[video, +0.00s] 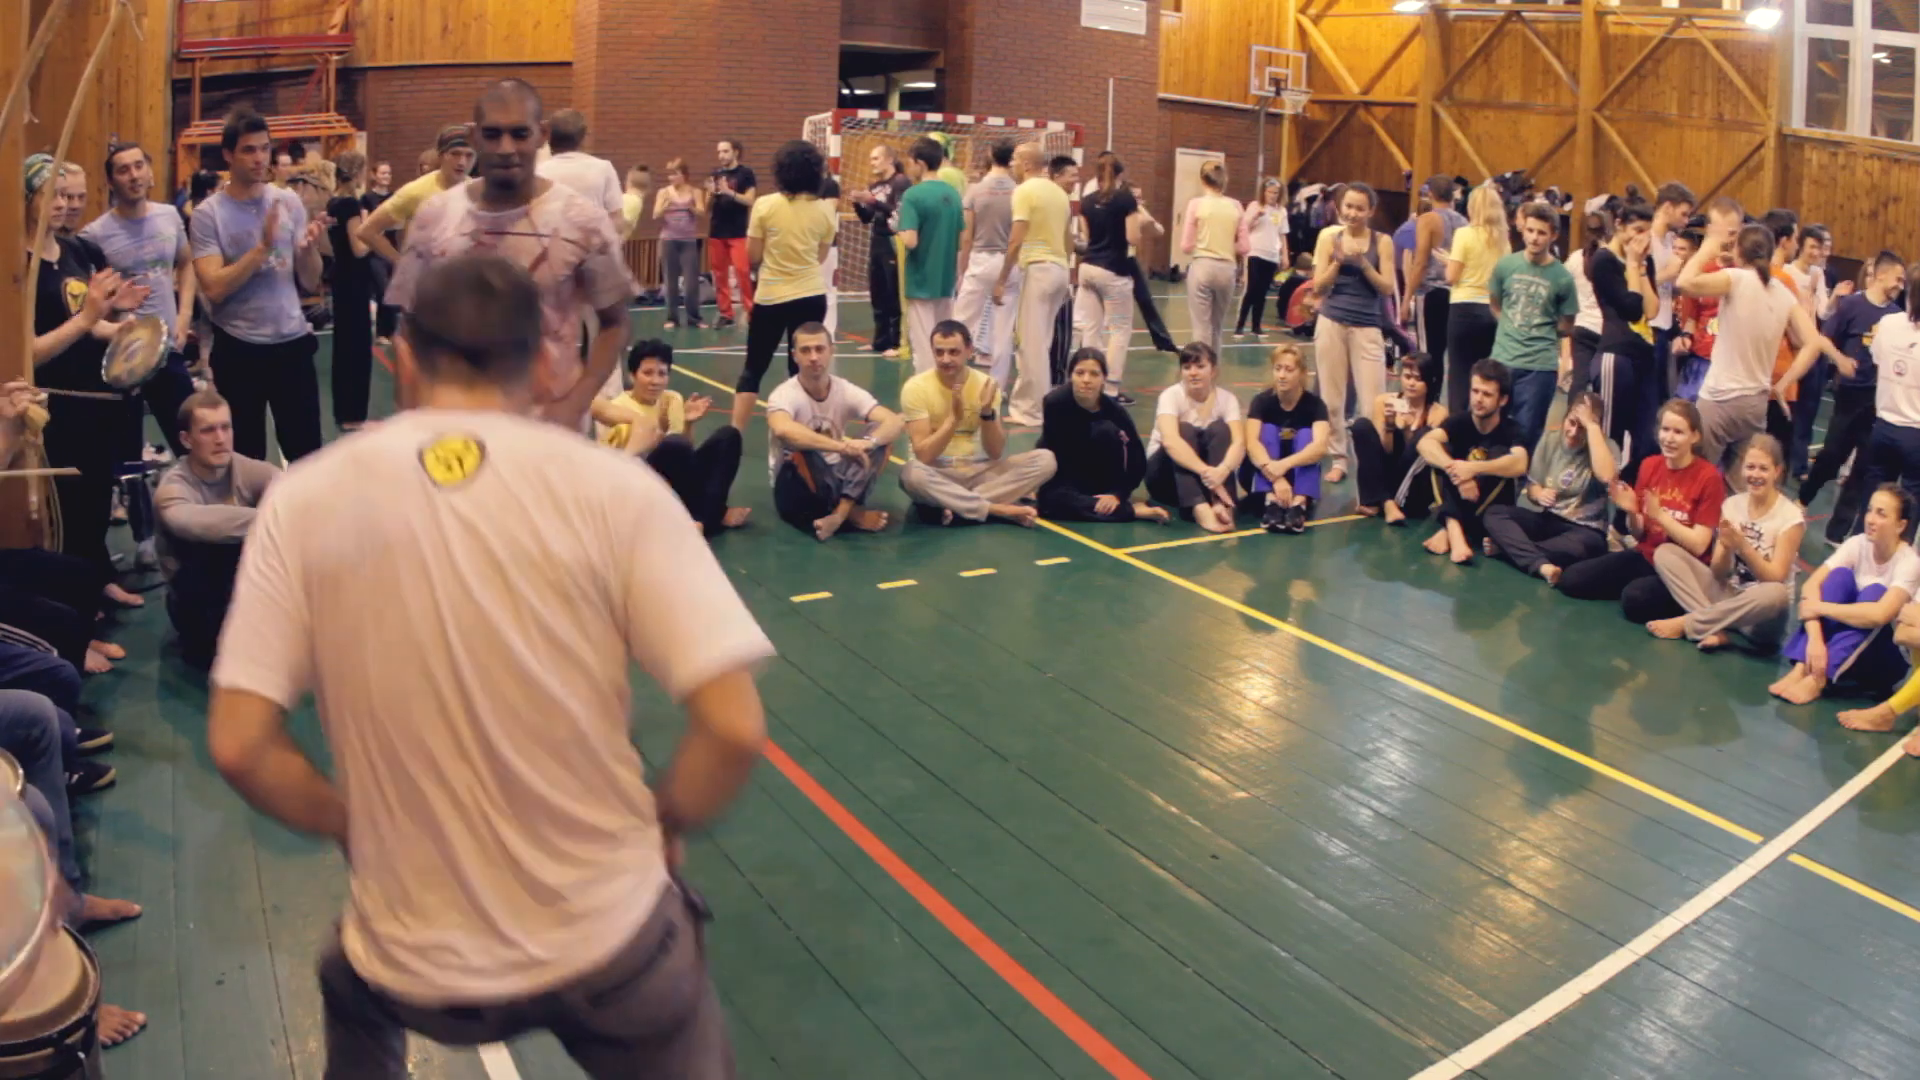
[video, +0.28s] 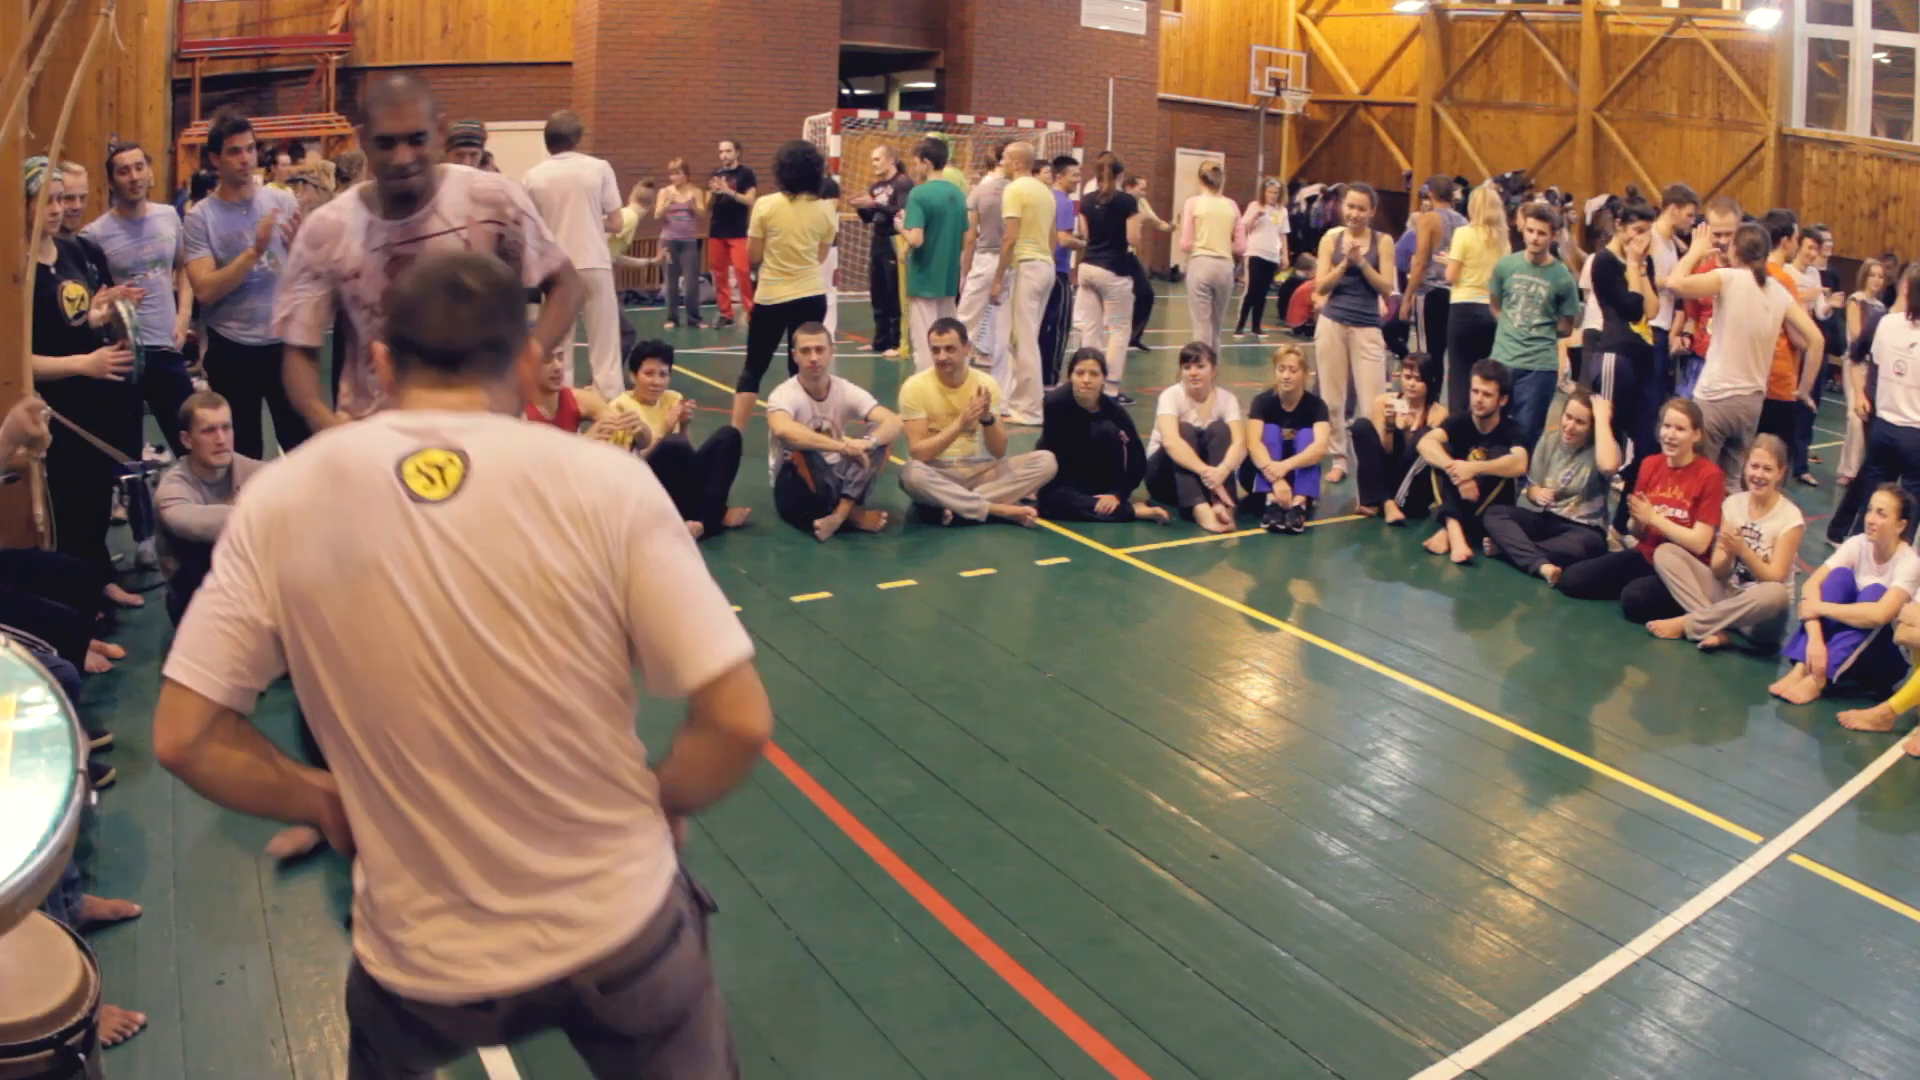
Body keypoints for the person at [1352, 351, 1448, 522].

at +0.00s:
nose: (1411, 383)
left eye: (1418, 379)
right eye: (1407, 377)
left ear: (1431, 382)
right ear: (1400, 378)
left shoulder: (1438, 413)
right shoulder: (1383, 402)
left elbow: (1420, 453)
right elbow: (1387, 452)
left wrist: (1408, 432)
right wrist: (1389, 425)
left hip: (1416, 494)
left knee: (1425, 436)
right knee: (1361, 425)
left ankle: (1374, 501)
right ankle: (1388, 501)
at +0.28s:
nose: (1411, 384)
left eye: (1419, 379)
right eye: (1407, 377)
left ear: (1431, 382)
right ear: (1400, 378)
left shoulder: (1439, 413)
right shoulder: (1383, 402)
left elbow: (1422, 454)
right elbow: (1387, 452)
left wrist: (1408, 433)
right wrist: (1389, 426)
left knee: (1424, 439)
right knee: (1361, 426)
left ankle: (1374, 501)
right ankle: (1387, 501)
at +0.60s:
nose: (1411, 384)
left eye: (1418, 380)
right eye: (1407, 378)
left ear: (1430, 383)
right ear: (1400, 378)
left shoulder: (1438, 414)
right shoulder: (1383, 402)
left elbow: (1420, 454)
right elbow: (1387, 452)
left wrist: (1408, 433)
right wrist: (1389, 426)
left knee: (1425, 437)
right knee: (1360, 426)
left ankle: (1375, 501)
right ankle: (1387, 501)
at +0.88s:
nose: (1410, 385)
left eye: (1418, 380)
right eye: (1406, 378)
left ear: (1430, 383)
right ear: (1399, 378)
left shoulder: (1439, 414)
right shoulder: (1383, 402)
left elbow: (1420, 454)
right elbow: (1387, 452)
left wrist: (1408, 433)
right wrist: (1389, 427)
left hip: (1416, 493)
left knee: (1425, 438)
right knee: (1360, 426)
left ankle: (1374, 501)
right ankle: (1387, 501)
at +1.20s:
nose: (1411, 385)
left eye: (1418, 380)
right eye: (1407, 378)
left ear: (1430, 383)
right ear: (1399, 378)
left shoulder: (1438, 414)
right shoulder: (1383, 402)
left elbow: (1420, 455)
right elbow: (1386, 452)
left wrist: (1408, 433)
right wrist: (1389, 426)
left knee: (1425, 439)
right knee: (1360, 426)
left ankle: (1374, 501)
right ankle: (1387, 501)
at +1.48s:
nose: (1411, 385)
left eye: (1418, 380)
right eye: (1407, 378)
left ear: (1430, 383)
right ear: (1400, 378)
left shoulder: (1438, 414)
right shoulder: (1383, 402)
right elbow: (1386, 451)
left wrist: (1408, 433)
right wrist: (1389, 426)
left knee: (1426, 437)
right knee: (1359, 426)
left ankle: (1374, 500)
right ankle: (1387, 501)